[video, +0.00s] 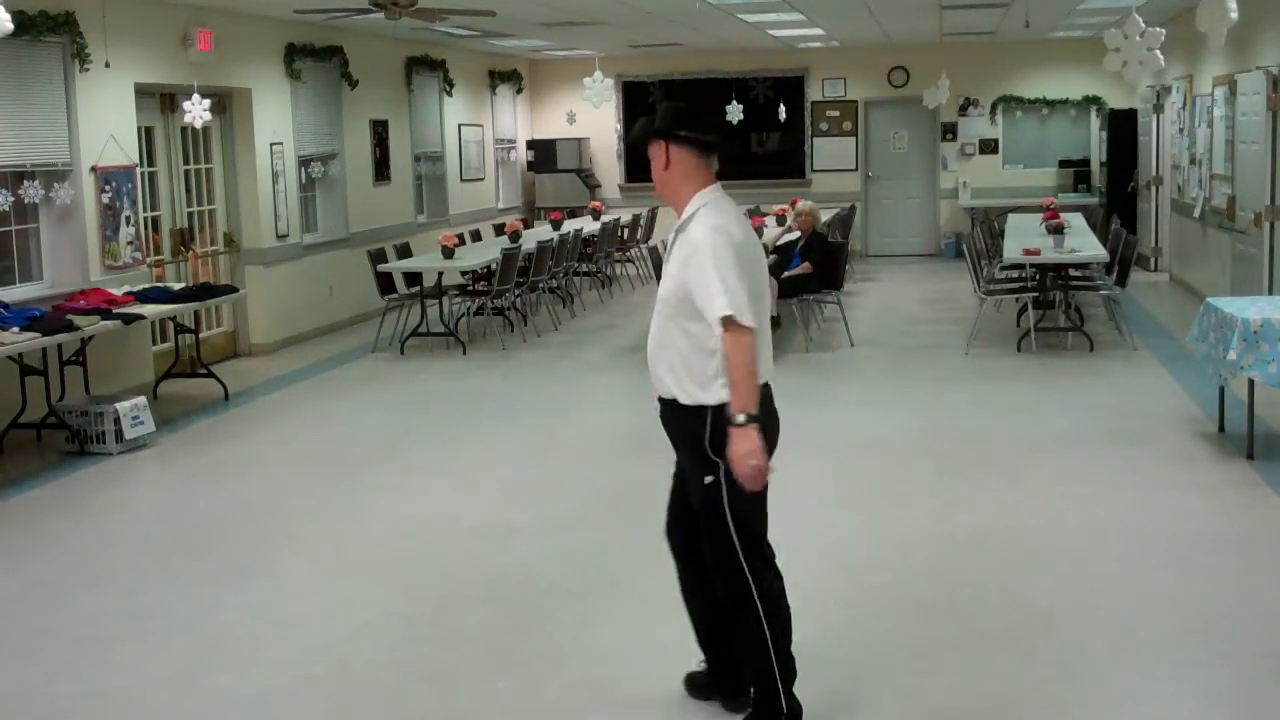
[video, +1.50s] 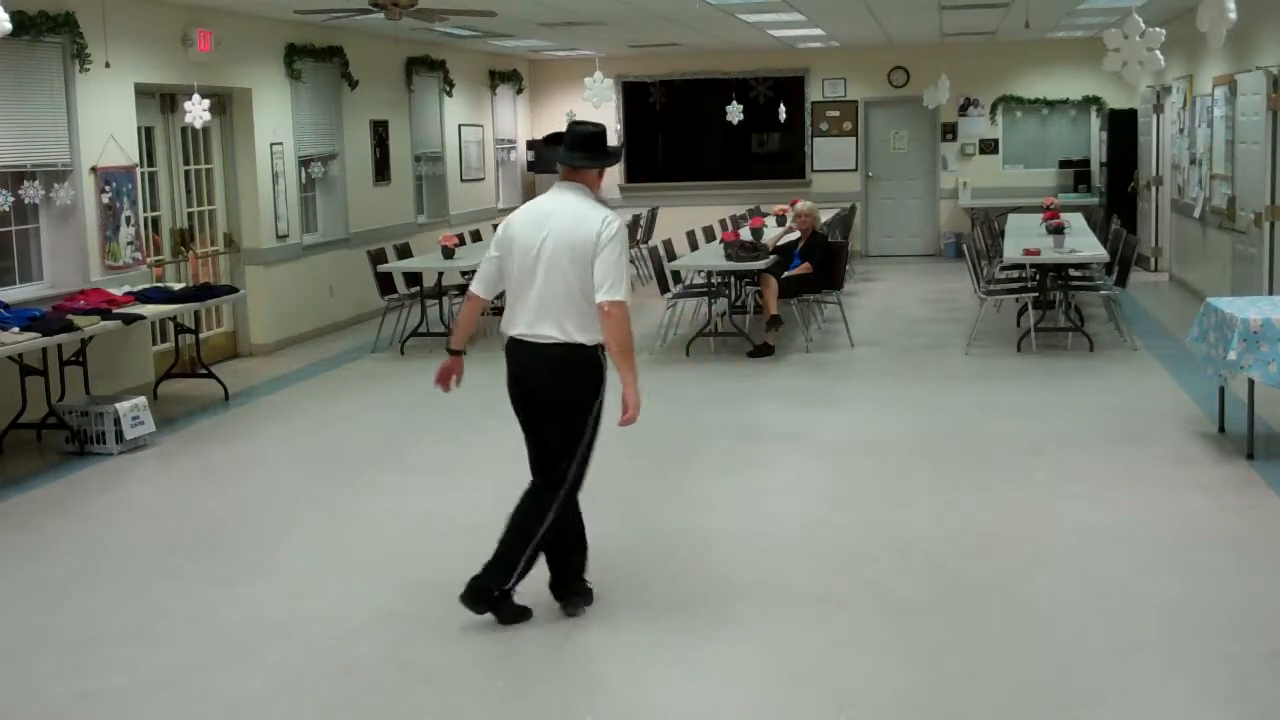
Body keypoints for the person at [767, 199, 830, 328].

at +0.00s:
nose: (803, 219)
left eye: (807, 216)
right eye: (800, 216)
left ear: (814, 219)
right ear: (795, 219)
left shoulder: (820, 240)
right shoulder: (794, 242)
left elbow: (810, 266)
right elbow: (767, 249)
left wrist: (785, 275)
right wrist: (785, 230)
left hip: (808, 280)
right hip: (789, 278)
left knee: (767, 287)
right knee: (766, 279)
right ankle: (773, 316)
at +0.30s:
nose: (803, 218)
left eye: (807, 215)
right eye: (799, 215)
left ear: (814, 219)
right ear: (794, 219)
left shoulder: (820, 239)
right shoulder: (794, 242)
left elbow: (810, 266)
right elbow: (768, 249)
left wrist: (787, 274)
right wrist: (784, 231)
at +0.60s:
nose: (802, 219)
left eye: (806, 216)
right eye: (799, 216)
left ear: (814, 219)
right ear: (795, 220)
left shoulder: (820, 239)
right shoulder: (797, 241)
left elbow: (811, 266)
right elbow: (767, 249)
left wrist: (785, 276)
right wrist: (784, 230)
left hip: (809, 280)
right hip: (791, 276)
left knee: (769, 292)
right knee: (762, 286)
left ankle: (767, 343)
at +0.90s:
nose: (802, 219)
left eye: (806, 216)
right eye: (799, 216)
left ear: (814, 219)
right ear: (794, 220)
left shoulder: (820, 240)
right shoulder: (796, 242)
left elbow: (809, 267)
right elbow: (767, 250)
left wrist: (784, 277)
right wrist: (785, 231)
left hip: (810, 278)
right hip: (792, 276)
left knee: (766, 291)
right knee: (766, 276)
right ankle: (773, 316)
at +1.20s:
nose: (802, 220)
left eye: (806, 216)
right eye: (798, 216)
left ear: (814, 219)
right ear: (795, 220)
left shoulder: (820, 240)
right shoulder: (797, 241)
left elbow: (810, 267)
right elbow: (767, 249)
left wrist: (785, 276)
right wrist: (785, 230)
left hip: (809, 279)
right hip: (791, 275)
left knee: (767, 292)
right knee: (765, 275)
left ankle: (768, 343)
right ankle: (773, 315)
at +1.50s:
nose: (802, 220)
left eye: (806, 216)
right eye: (799, 216)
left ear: (814, 219)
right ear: (795, 220)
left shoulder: (820, 240)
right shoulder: (797, 241)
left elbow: (810, 267)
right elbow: (767, 249)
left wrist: (785, 276)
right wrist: (784, 230)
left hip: (810, 279)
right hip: (791, 275)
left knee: (768, 292)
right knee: (765, 276)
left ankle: (769, 343)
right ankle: (773, 315)